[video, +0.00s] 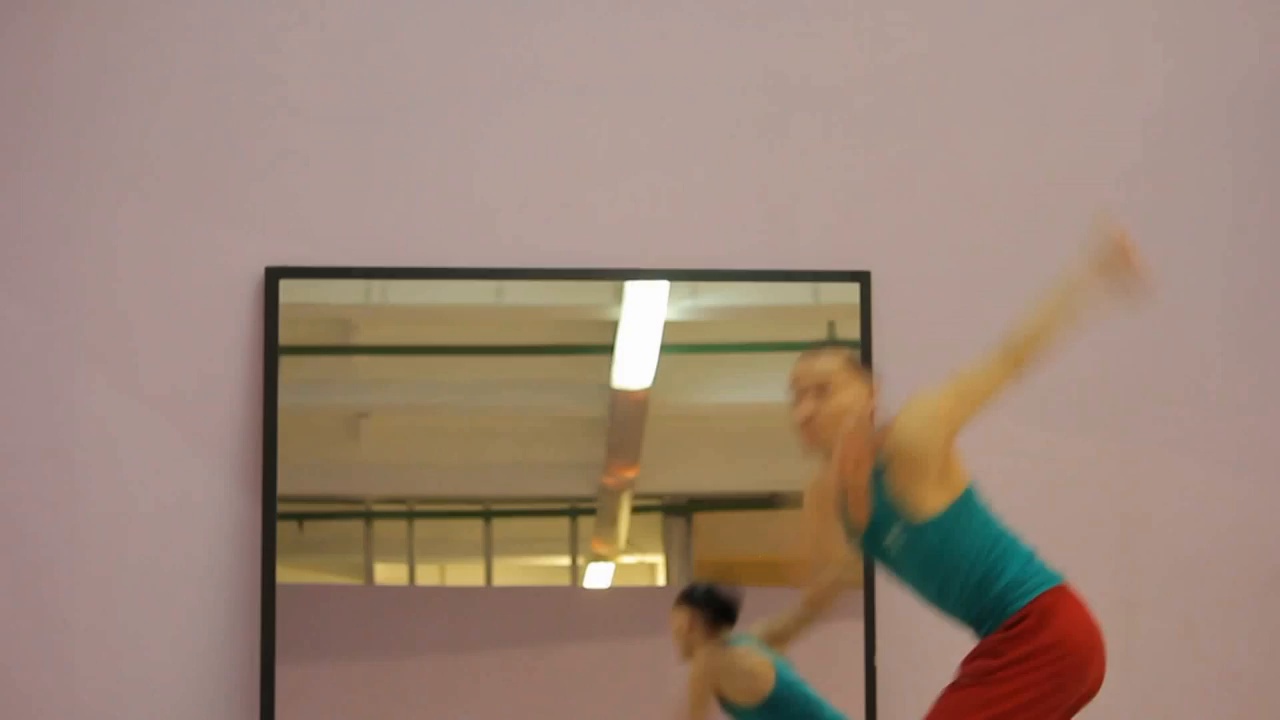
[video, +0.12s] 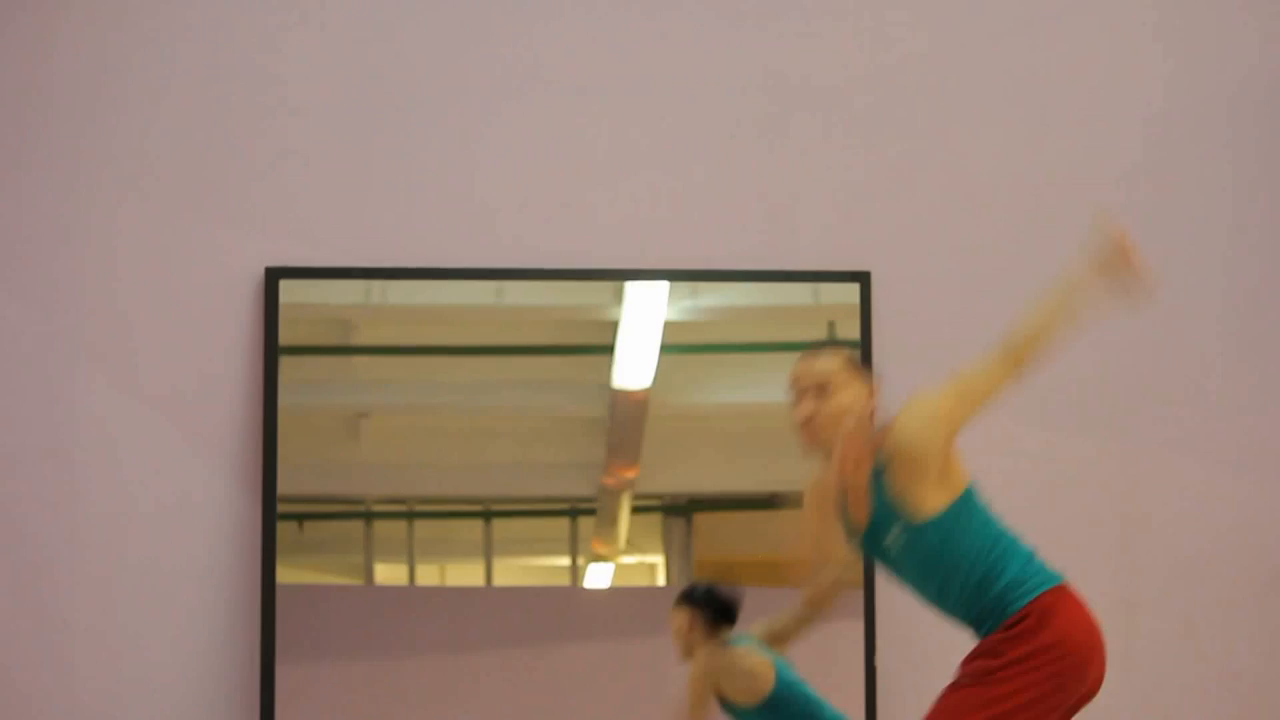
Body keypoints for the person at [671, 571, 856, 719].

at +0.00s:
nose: (673, 632)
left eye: (676, 623)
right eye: (673, 623)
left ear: (692, 622)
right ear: (717, 622)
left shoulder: (706, 659)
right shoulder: (753, 641)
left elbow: (696, 714)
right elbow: (805, 611)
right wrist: (838, 574)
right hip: (834, 715)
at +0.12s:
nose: (673, 632)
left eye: (676, 623)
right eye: (673, 623)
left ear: (692, 622)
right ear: (717, 622)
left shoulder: (706, 660)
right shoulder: (753, 641)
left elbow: (696, 712)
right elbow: (807, 610)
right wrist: (841, 564)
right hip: (832, 713)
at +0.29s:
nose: (659, 642)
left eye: (663, 631)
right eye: (660, 632)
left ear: (681, 634)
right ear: (688, 634)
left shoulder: (716, 688)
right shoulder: (730, 661)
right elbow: (781, 658)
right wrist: (818, 641)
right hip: (816, 713)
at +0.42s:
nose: (659, 642)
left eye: (663, 631)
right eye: (660, 632)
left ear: (681, 634)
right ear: (688, 634)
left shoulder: (716, 688)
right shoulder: (730, 661)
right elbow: (781, 658)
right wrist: (818, 641)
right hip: (816, 713)